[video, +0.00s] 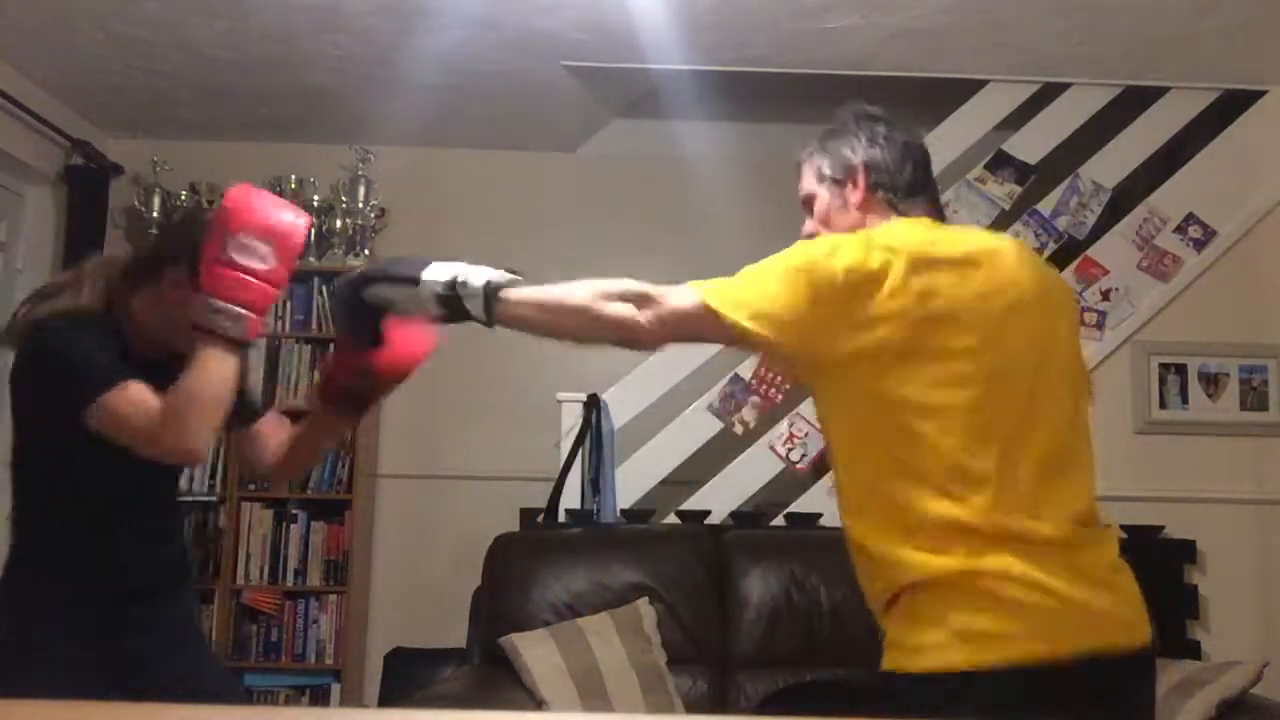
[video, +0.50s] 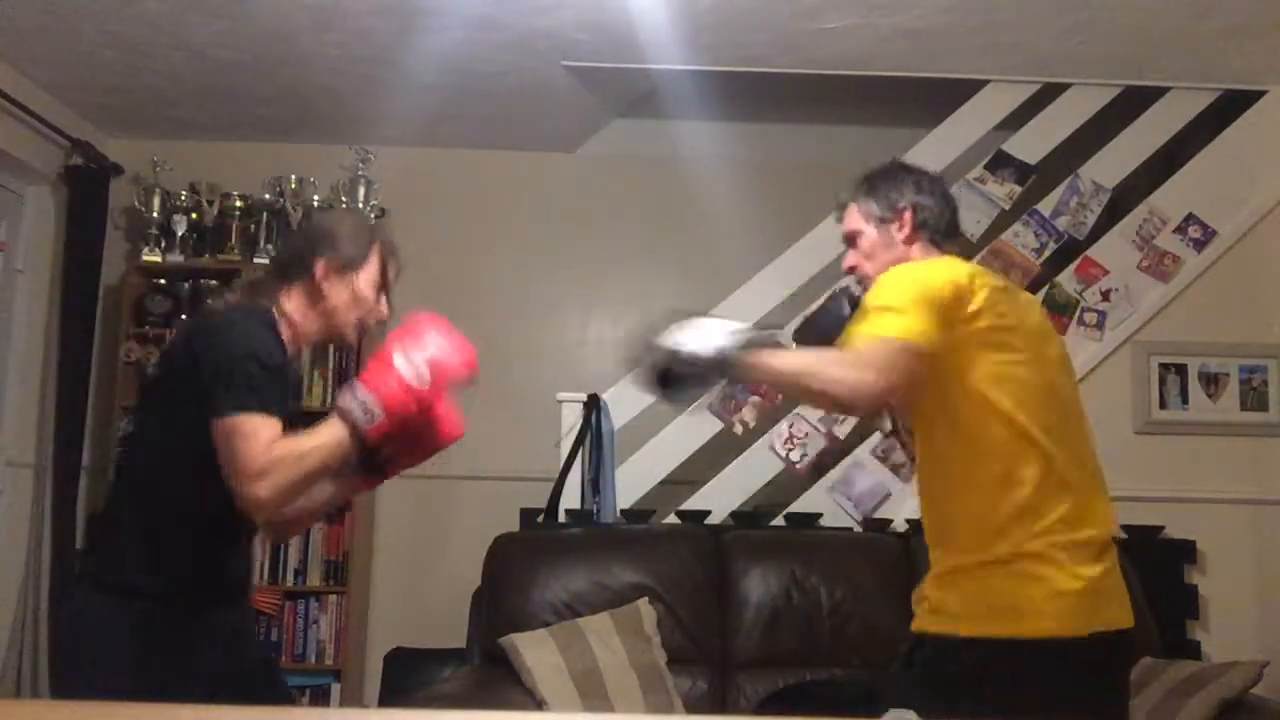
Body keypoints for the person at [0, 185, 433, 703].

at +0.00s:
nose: (213, 336)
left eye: (219, 324)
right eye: (205, 318)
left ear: (185, 291)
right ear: (173, 283)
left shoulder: (183, 352)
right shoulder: (60, 340)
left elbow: (277, 465)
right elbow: (182, 439)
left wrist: (348, 395)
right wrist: (234, 305)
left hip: (161, 633)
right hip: (57, 637)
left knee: (221, 709)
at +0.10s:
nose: (246, 335)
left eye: (254, 320)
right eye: (245, 315)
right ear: (213, 288)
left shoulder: (189, 364)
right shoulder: (87, 342)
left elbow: (214, 507)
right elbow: (190, 461)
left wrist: (287, 453)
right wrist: (244, 342)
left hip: (152, 623)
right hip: (55, 628)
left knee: (225, 708)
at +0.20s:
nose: (297, 327)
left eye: (301, 316)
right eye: (291, 309)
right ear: (258, 292)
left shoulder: (209, 381)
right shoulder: (155, 340)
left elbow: (199, 533)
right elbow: (193, 482)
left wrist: (276, 487)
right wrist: (268, 382)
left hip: (143, 618)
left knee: (226, 707)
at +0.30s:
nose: (343, 366)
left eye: (349, 350)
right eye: (341, 344)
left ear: (295, 328)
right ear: (301, 327)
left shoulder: (227, 378)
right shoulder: (227, 366)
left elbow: (217, 552)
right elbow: (221, 504)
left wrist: (308, 503)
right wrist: (335, 426)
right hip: (101, 639)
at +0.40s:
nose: (368, 358)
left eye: (374, 340)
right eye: (367, 334)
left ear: (320, 318)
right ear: (323, 316)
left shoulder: (237, 366)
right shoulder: (252, 363)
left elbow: (244, 542)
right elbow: (249, 508)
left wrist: (329, 503)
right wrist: (360, 445)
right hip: (127, 636)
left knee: (254, 704)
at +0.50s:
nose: (382, 309)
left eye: (384, 292)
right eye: (376, 287)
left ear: (329, 279)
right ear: (326, 275)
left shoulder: (270, 358)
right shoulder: (238, 335)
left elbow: (271, 514)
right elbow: (258, 484)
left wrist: (370, 465)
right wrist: (367, 404)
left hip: (204, 611)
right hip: (142, 617)